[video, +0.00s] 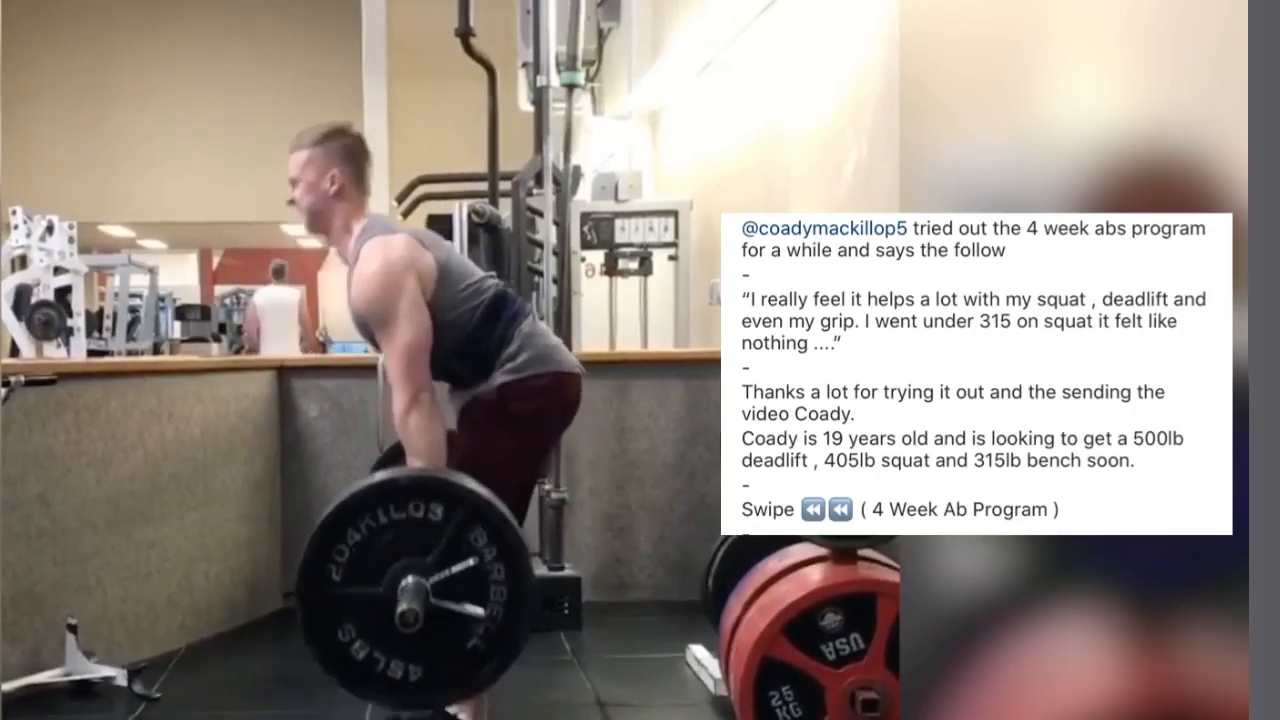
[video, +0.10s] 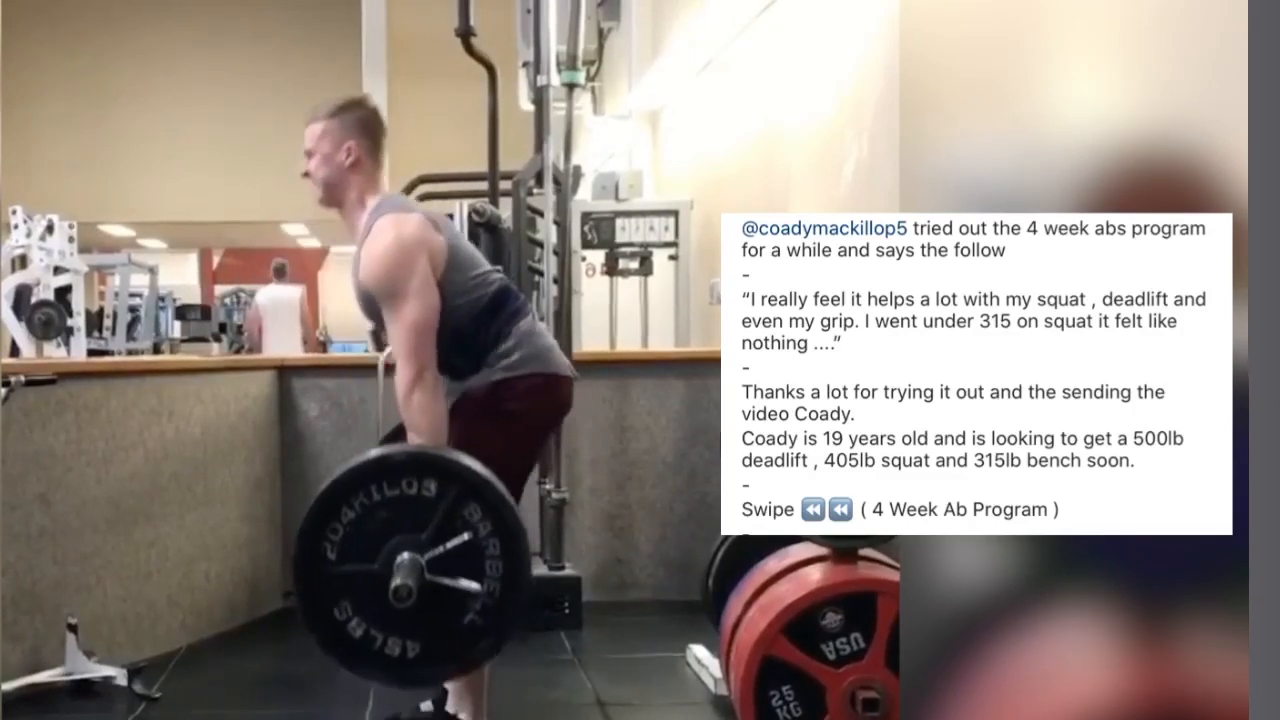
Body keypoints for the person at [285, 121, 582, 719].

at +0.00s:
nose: (290, 196)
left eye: (297, 182)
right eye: (290, 184)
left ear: (335, 180)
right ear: (336, 183)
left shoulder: (384, 263)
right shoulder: (366, 258)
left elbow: (416, 402)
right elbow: (400, 385)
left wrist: (434, 522)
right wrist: (418, 509)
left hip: (528, 380)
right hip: (500, 381)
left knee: (463, 538)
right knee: (455, 533)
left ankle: (465, 701)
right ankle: (453, 696)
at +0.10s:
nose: (304, 168)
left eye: (312, 153)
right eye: (304, 155)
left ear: (350, 154)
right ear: (353, 156)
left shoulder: (395, 237)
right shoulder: (383, 233)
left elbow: (419, 380)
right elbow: (411, 373)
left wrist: (433, 504)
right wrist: (416, 498)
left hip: (520, 379)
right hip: (495, 378)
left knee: (456, 538)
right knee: (445, 531)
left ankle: (466, 708)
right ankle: (454, 700)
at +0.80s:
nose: (423, 103)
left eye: (432, 88)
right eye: (423, 89)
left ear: (472, 84)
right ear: (475, 88)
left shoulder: (484, 176)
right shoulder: (482, 168)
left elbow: (452, 308)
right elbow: (451, 301)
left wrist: (420, 409)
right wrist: (411, 402)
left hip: (462, 379)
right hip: (466, 375)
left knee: (445, 547)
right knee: (445, 545)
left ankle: (468, 708)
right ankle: (460, 698)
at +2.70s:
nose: (276, 321)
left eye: (283, 308)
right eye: (276, 309)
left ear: (323, 308)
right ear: (322, 308)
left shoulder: (385, 384)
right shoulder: (371, 370)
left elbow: (411, 525)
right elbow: (389, 500)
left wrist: (440, 651)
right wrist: (428, 639)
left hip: (551, 463)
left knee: (409, 549)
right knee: (400, 544)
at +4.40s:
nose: (344, 122)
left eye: (353, 109)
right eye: (345, 109)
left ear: (393, 111)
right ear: (390, 113)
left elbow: (447, 339)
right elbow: (417, 327)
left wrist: (452, 465)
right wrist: (417, 427)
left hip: (513, 370)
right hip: (477, 365)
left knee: (474, 531)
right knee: (458, 524)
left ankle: (476, 701)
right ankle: (464, 691)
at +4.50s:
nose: (373, 104)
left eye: (383, 89)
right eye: (374, 91)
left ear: (422, 91)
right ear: (421, 95)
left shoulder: (449, 185)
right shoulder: (429, 177)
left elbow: (456, 322)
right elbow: (442, 302)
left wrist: (442, 444)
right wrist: (417, 331)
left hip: (503, 373)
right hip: (480, 366)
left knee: (477, 533)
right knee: (465, 528)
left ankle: (475, 702)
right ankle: (464, 691)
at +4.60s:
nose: (401, 91)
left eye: (410, 77)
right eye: (402, 78)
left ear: (453, 80)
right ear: (449, 83)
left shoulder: (472, 172)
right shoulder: (453, 165)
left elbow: (468, 307)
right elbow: (449, 291)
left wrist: (450, 425)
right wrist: (420, 337)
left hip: (494, 372)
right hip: (479, 365)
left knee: (470, 533)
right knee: (463, 530)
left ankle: (474, 701)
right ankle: (465, 689)